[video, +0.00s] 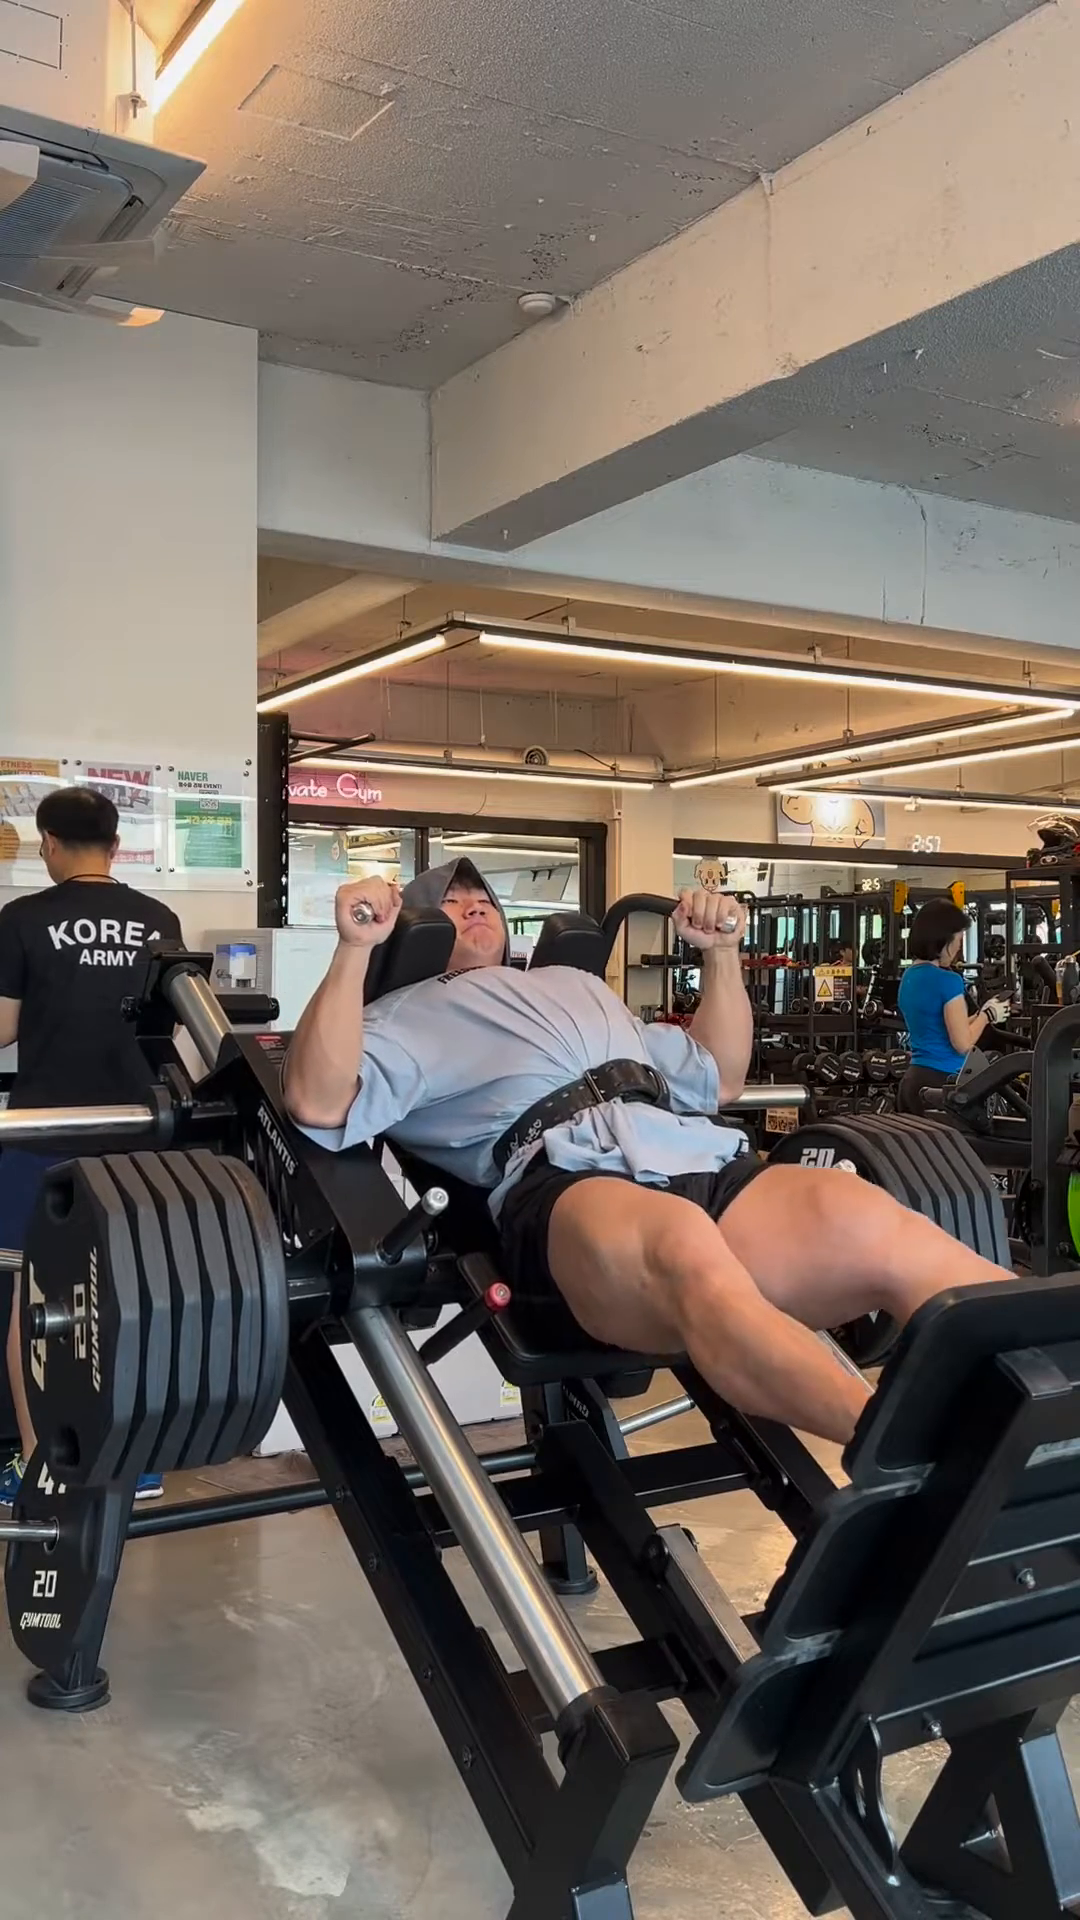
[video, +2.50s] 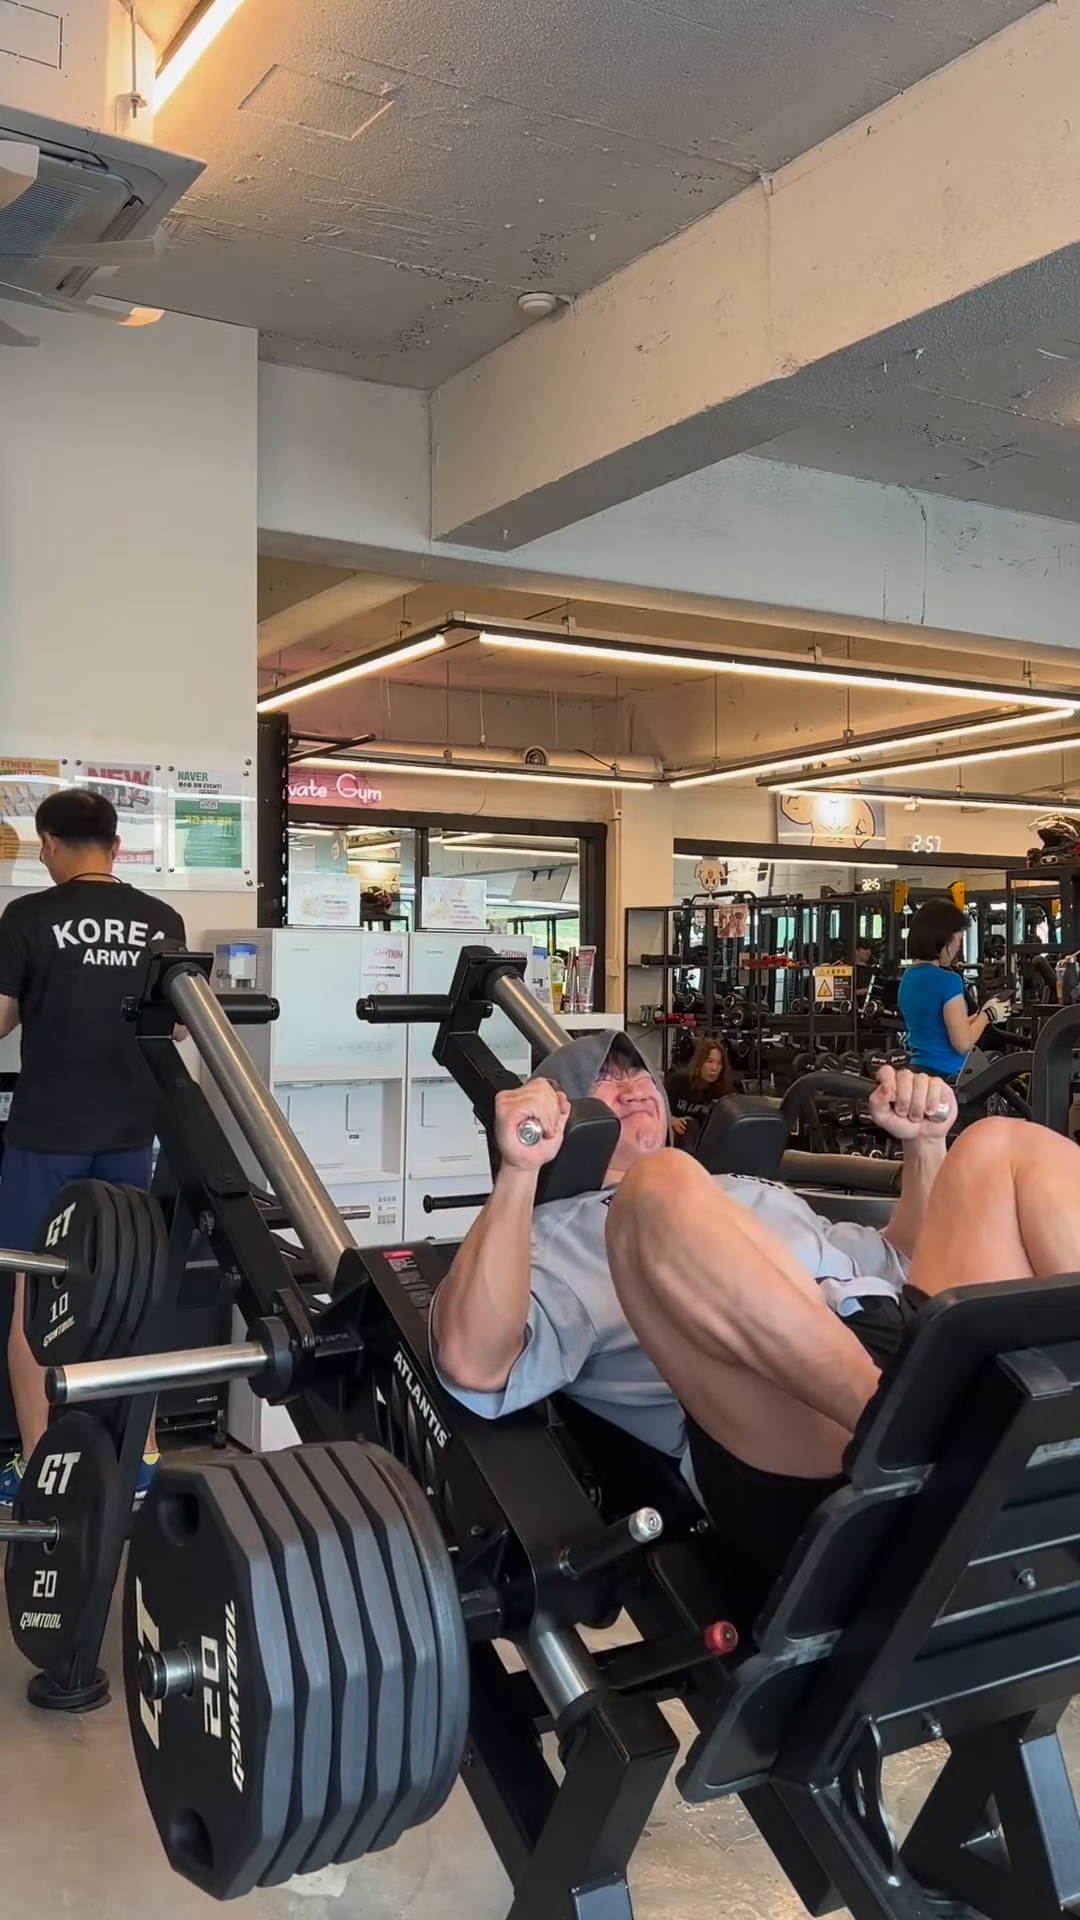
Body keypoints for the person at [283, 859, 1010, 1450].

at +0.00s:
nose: (469, 901)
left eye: (479, 893)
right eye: (448, 897)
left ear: (506, 920)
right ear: (422, 934)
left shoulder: (577, 986)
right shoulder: (408, 1014)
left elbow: (714, 1076)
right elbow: (316, 1103)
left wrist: (721, 955)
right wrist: (351, 953)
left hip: (697, 1161)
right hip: (562, 1182)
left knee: (869, 1217)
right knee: (691, 1262)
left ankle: (1063, 1351)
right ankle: (900, 1440)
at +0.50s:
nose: (498, 938)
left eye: (507, 928)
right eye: (474, 935)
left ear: (530, 951)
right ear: (443, 974)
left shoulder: (606, 1021)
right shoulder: (433, 1053)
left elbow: (750, 1107)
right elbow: (342, 1142)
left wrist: (750, 982)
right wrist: (377, 987)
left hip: (745, 1217)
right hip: (590, 1266)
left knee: (950, 1177)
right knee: (672, 1190)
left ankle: (1076, 1383)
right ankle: (898, 1428)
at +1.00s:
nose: (529, 976)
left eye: (539, 967)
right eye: (506, 972)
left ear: (566, 996)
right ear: (476, 1019)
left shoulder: (648, 1069)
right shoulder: (466, 1104)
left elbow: (794, 1158)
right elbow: (376, 1202)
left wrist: (796, 1027)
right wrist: (416, 1036)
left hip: (801, 1294)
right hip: (653, 1356)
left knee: (988, 1154)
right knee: (670, 1167)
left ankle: (1073, 1388)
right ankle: (888, 1419)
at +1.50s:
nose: (578, 1027)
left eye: (585, 1015)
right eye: (550, 1018)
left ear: (605, 1042)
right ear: (504, 1054)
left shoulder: (687, 1127)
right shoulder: (501, 1162)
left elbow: (847, 1206)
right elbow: (413, 1267)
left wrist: (845, 1076)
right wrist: (460, 1091)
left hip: (861, 1358)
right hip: (711, 1426)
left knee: (1000, 1146)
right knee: (664, 1172)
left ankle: (1069, 1391)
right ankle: (882, 1407)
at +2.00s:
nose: (612, 1061)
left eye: (616, 1045)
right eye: (580, 1051)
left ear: (641, 1077)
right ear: (538, 1087)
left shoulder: (722, 1165)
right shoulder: (533, 1216)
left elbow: (882, 1241)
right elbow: (453, 1333)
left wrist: (896, 1124)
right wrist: (498, 1147)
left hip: (896, 1368)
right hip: (761, 1466)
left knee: (1011, 1144)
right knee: (668, 1169)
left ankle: (1073, 1389)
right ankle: (891, 1414)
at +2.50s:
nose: (632, 1088)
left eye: (638, 1074)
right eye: (602, 1081)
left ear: (662, 1102)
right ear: (562, 1120)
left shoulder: (757, 1195)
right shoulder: (552, 1240)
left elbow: (901, 1261)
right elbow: (473, 1365)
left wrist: (922, 1151)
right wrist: (517, 1177)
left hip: (933, 1388)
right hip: (785, 1474)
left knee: (1005, 1146)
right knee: (658, 1187)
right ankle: (899, 1425)